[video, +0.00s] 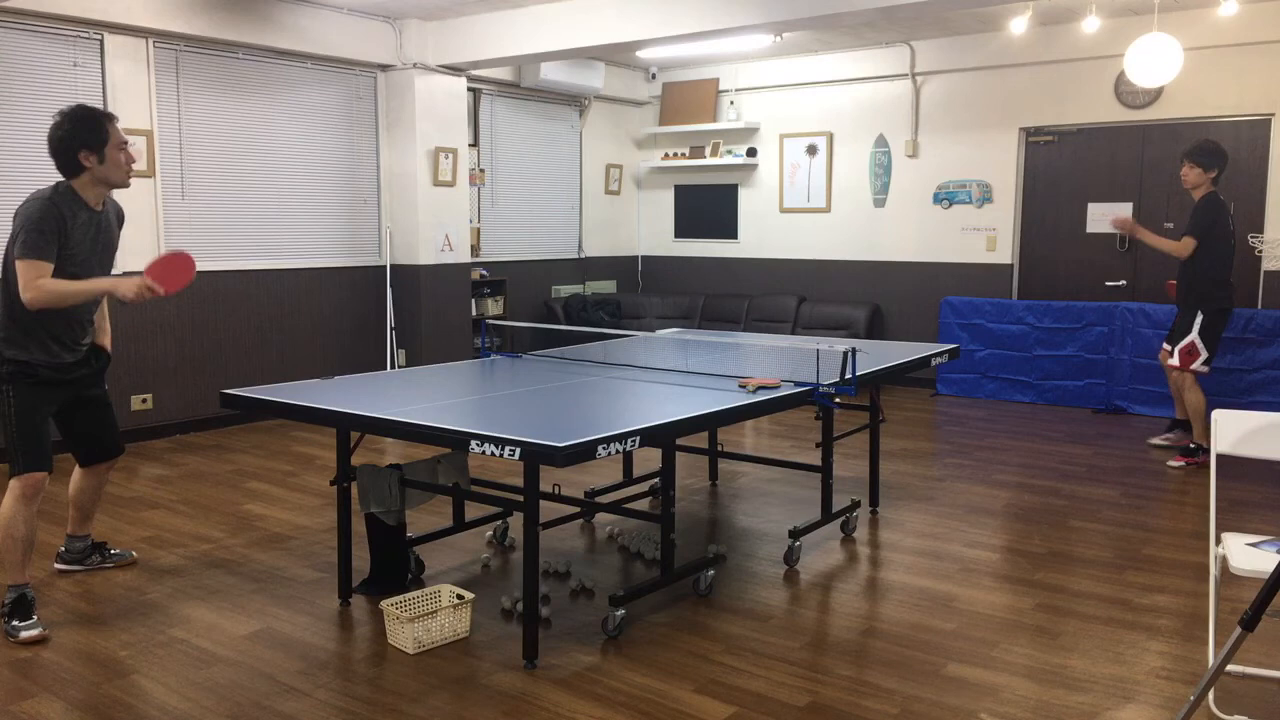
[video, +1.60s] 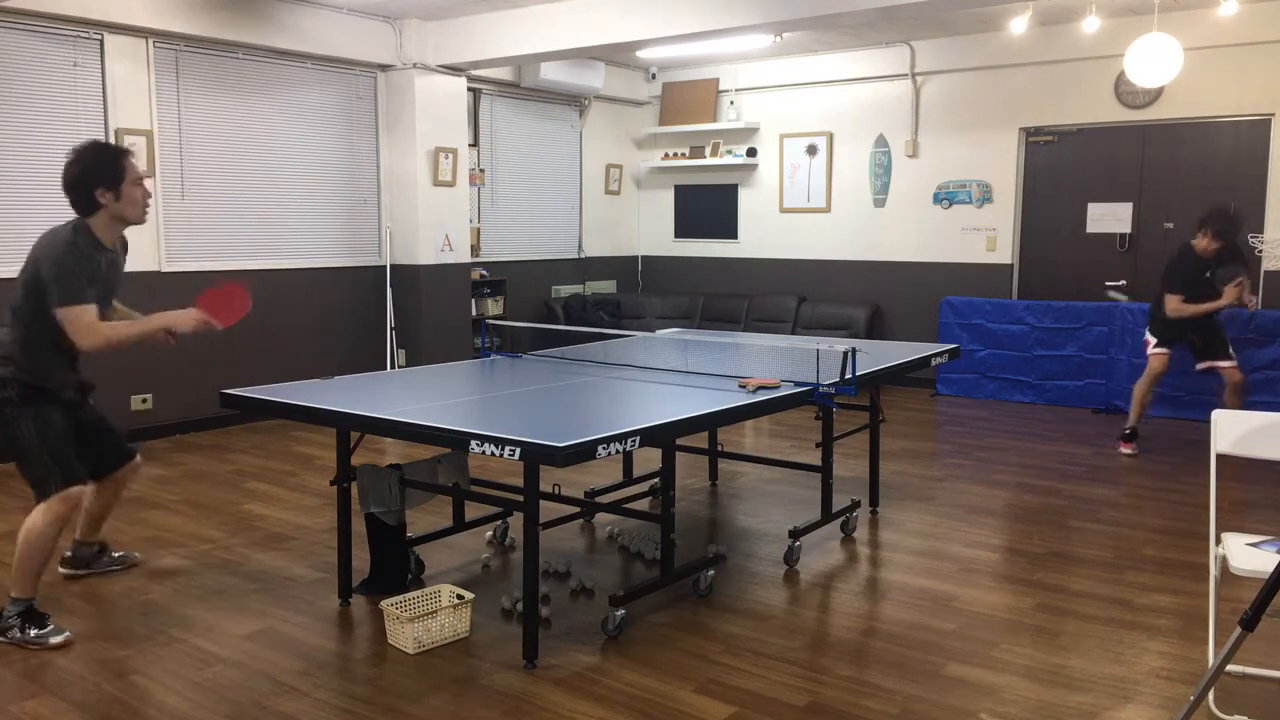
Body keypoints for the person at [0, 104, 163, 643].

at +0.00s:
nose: (131, 154)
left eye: (127, 144)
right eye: (120, 148)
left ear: (94, 158)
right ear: (86, 160)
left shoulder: (111, 214)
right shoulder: (41, 211)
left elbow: (96, 281)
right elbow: (33, 292)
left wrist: (102, 343)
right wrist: (110, 284)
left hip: (77, 361)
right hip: (22, 365)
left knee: (101, 453)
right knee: (30, 478)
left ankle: (78, 544)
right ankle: (16, 594)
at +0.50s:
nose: (138, 192)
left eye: (135, 181)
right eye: (128, 184)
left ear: (102, 193)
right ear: (93, 196)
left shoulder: (124, 238)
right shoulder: (36, 246)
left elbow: (125, 291)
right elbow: (2, 323)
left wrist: (158, 323)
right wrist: (51, 355)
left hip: (82, 367)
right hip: (23, 374)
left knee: (141, 451)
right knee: (45, 480)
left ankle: (158, 543)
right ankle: (18, 598)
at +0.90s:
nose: (181, 205)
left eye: (182, 195)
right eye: (171, 199)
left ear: (179, 193)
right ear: (135, 203)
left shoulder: (181, 242)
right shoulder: (97, 251)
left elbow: (184, 293)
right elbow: (83, 323)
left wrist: (197, 331)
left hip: (143, 370)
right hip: (87, 373)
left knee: (201, 454)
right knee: (66, 477)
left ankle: (167, 541)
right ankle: (24, 596)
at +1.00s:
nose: (192, 191)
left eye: (192, 180)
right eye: (181, 183)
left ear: (173, 185)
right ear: (147, 189)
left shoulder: (175, 229)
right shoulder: (122, 237)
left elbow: (167, 283)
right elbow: (153, 312)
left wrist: (195, 314)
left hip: (133, 366)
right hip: (78, 368)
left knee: (188, 450)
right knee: (63, 472)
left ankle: (165, 541)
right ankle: (23, 595)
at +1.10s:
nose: (201, 177)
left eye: (199, 167)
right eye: (191, 169)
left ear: (161, 177)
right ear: (157, 177)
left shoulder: (149, 221)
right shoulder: (141, 223)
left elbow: (148, 287)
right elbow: (218, 275)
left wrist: (198, 308)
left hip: (118, 359)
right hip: (68, 359)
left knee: (171, 446)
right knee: (57, 470)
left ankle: (163, 542)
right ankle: (15, 595)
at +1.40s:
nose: (172, 177)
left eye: (169, 166)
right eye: (162, 168)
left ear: (129, 179)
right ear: (130, 179)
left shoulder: (101, 220)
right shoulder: (110, 230)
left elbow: (71, 294)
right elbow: (172, 306)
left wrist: (129, 320)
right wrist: (231, 271)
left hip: (71, 374)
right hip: (40, 377)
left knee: (124, 456)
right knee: (78, 490)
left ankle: (153, 540)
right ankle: (20, 609)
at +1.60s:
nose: (147, 189)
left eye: (143, 179)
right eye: (136, 182)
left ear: (109, 194)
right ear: (105, 195)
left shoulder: (114, 244)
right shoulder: (62, 250)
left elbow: (102, 306)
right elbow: (88, 336)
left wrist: (151, 326)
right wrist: (165, 323)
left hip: (62, 387)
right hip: (21, 391)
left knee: (117, 465)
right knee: (63, 493)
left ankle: (84, 551)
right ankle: (16, 610)